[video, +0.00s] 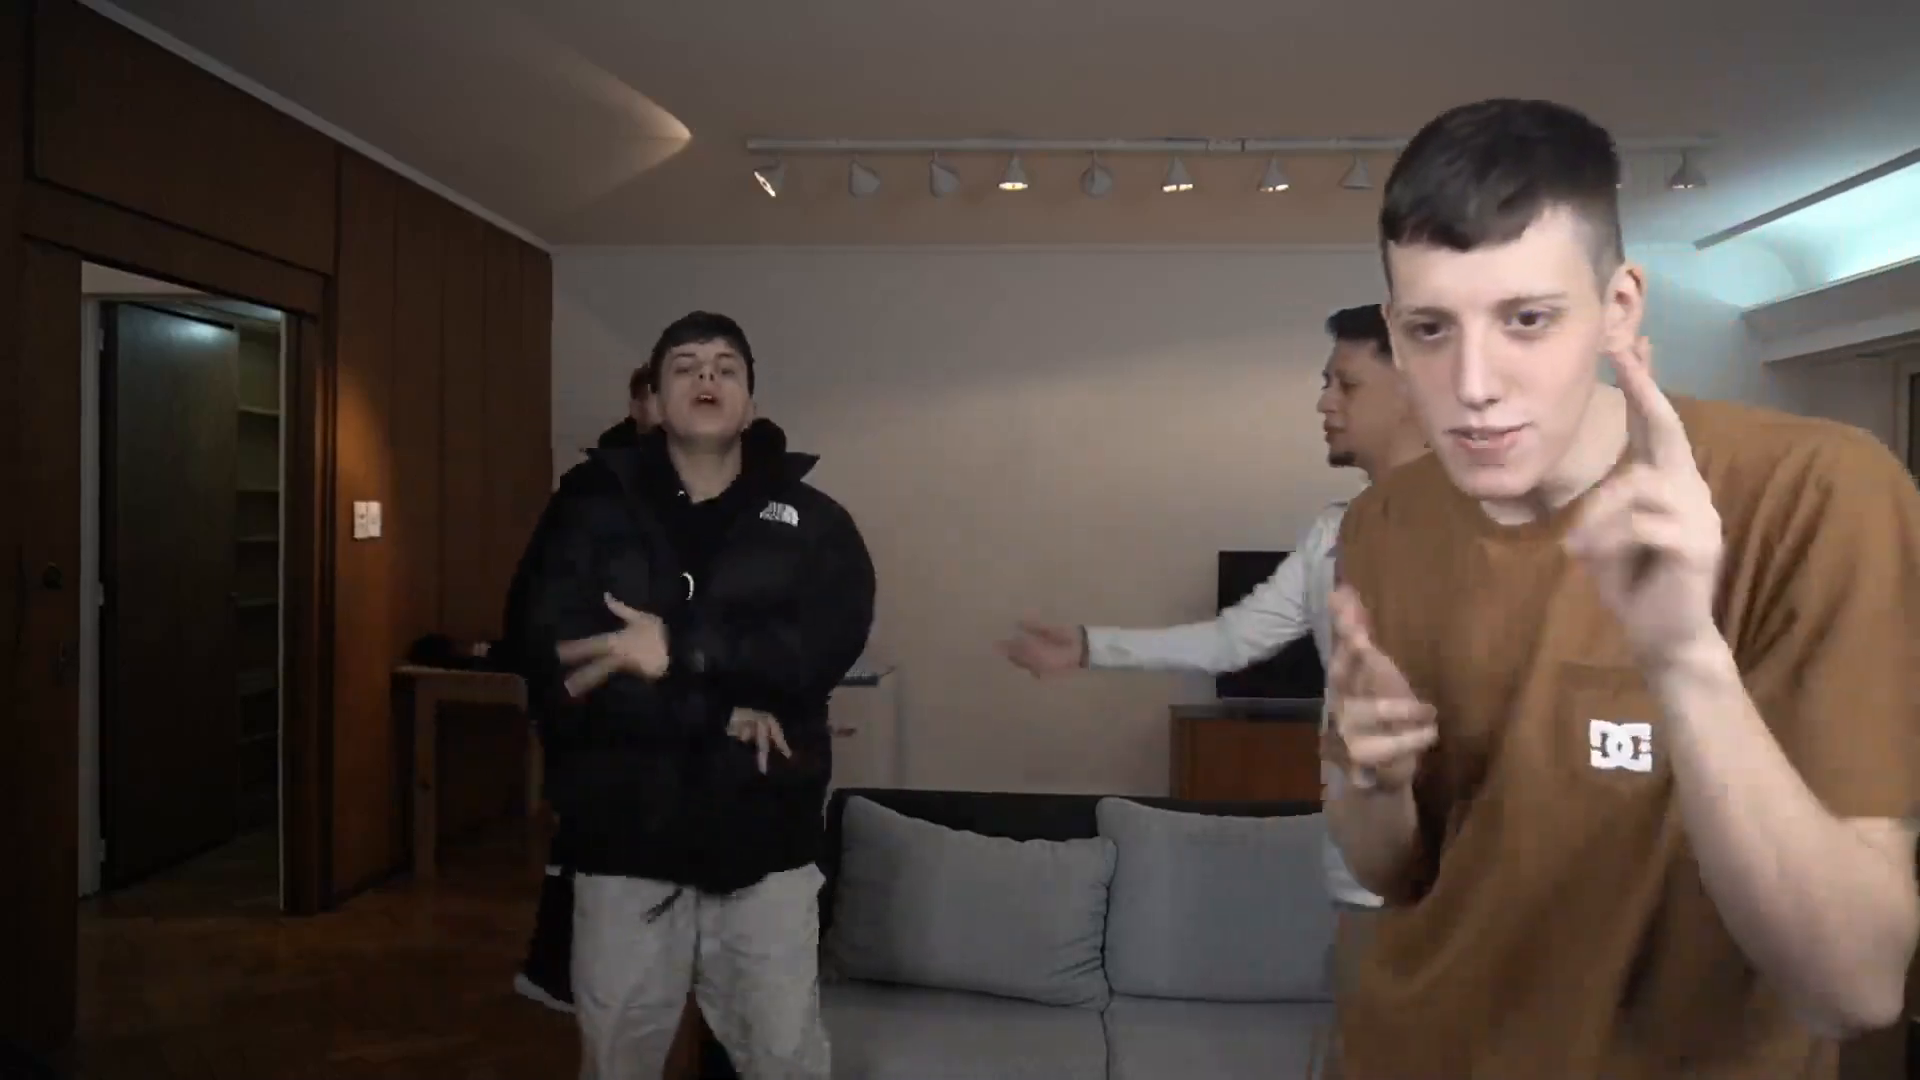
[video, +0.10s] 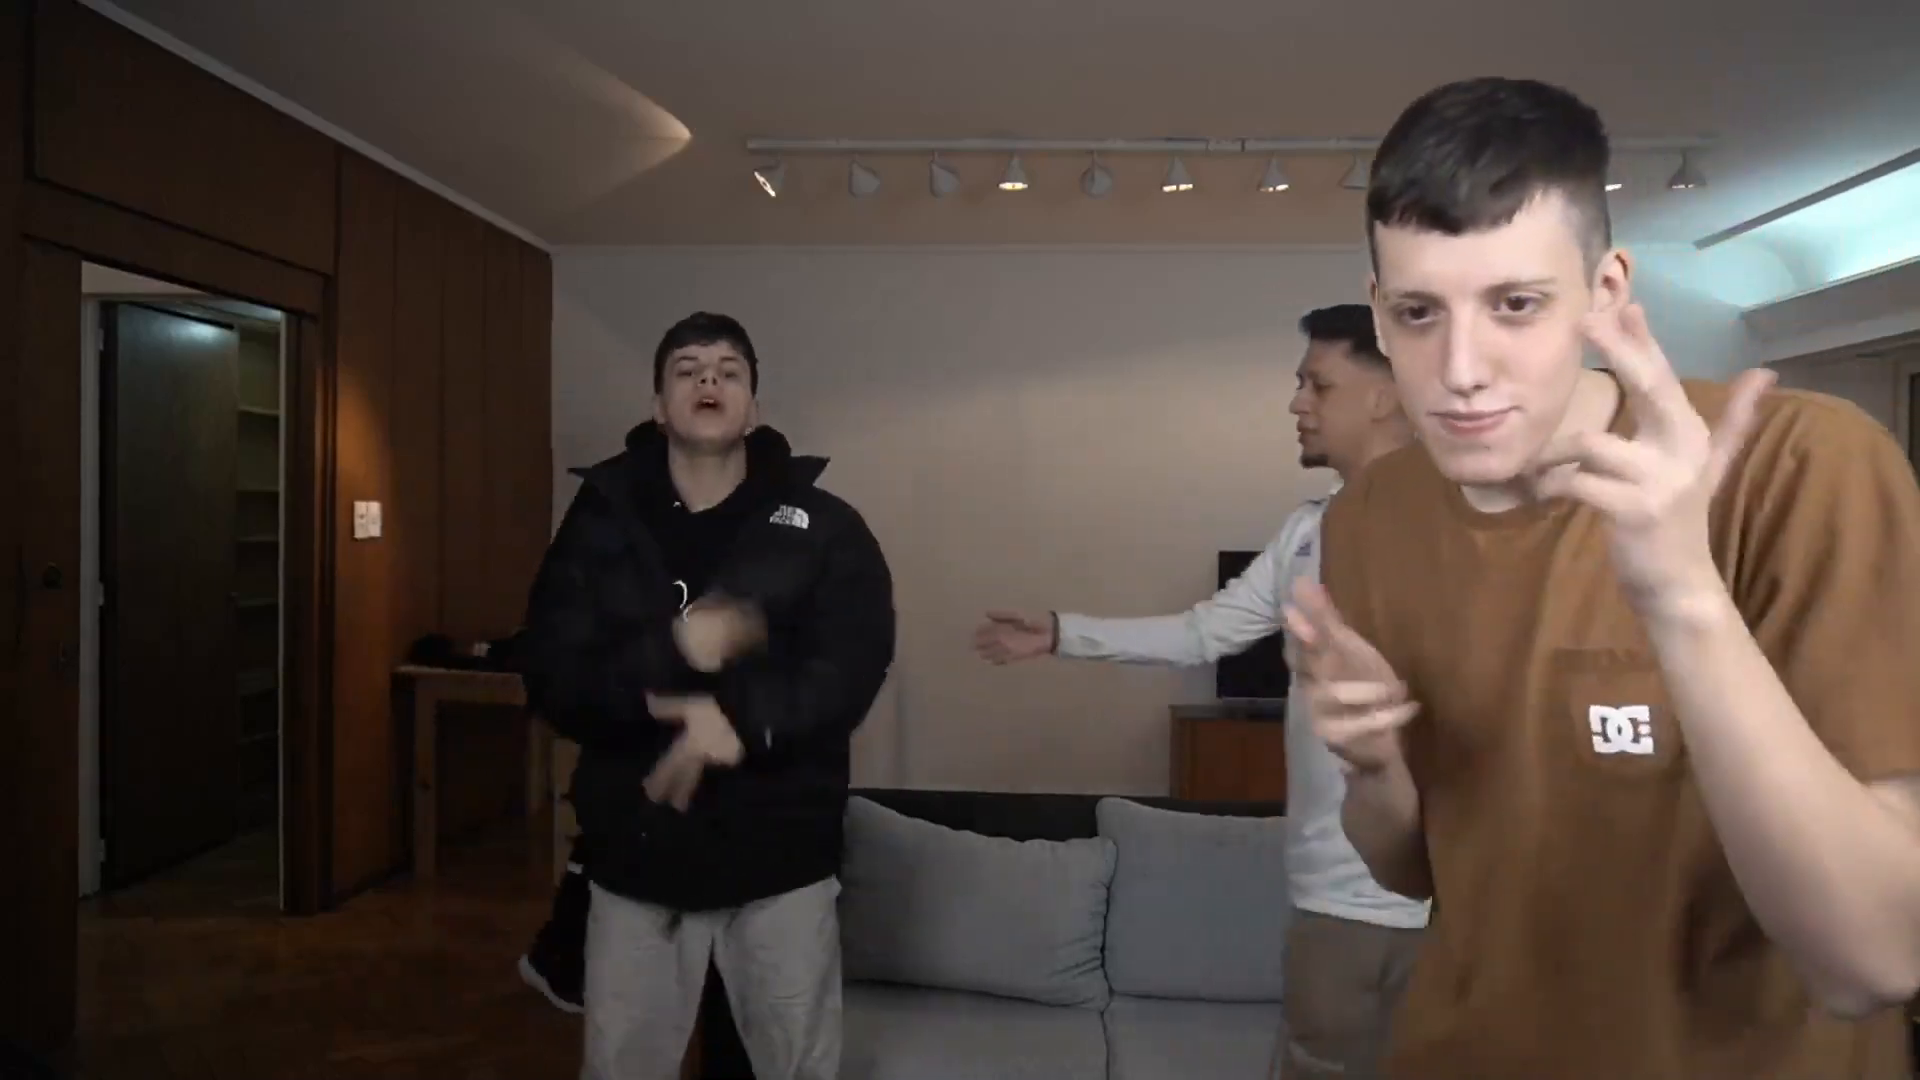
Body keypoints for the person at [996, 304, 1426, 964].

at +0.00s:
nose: (1323, 405)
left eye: (1344, 384)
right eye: (1328, 384)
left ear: (1411, 389)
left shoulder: (1480, 528)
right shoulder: (1333, 538)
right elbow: (1233, 640)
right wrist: (1088, 648)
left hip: (1485, 866)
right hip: (1369, 875)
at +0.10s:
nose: (1298, 404)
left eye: (1318, 384)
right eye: (1302, 384)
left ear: (1387, 396)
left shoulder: (1457, 532)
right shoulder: (1310, 533)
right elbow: (1204, 633)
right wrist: (1059, 633)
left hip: (1450, 897)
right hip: (1337, 893)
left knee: (1442, 1066)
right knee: (1321, 1062)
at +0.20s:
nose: (1268, 393)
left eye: (1289, 373)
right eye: (1272, 374)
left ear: (1357, 386)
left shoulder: (1420, 514)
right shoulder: (1281, 519)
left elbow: (1458, 693)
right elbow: (1181, 627)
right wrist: (1034, 634)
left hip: (1385, 875)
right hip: (1291, 867)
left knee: (1341, 1063)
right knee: (1285, 1057)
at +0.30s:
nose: (1237, 390)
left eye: (1259, 371)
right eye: (1242, 370)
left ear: (1327, 384)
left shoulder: (1387, 514)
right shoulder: (1251, 513)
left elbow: (1422, 703)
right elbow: (1152, 623)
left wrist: (1424, 889)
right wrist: (1002, 632)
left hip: (1358, 873)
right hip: (1249, 862)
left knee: (1342, 1063)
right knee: (1246, 1062)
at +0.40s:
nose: (1208, 395)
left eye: (1228, 374)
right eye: (1213, 373)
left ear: (1295, 386)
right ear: (1290, 386)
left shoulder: (1353, 513)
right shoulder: (1240, 506)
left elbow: (1383, 713)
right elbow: (1135, 624)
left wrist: (1364, 894)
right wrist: (977, 638)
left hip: (1317, 877)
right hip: (1230, 860)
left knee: (1305, 1066)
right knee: (1224, 1059)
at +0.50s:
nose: (1180, 398)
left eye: (1199, 376)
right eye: (1182, 376)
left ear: (1268, 383)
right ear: (1262, 385)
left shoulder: (1327, 509)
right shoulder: (1224, 502)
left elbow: (1366, 734)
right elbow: (1122, 627)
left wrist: (1292, 883)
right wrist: (967, 641)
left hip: (1279, 873)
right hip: (1200, 848)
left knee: (1258, 1062)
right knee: (1183, 1047)